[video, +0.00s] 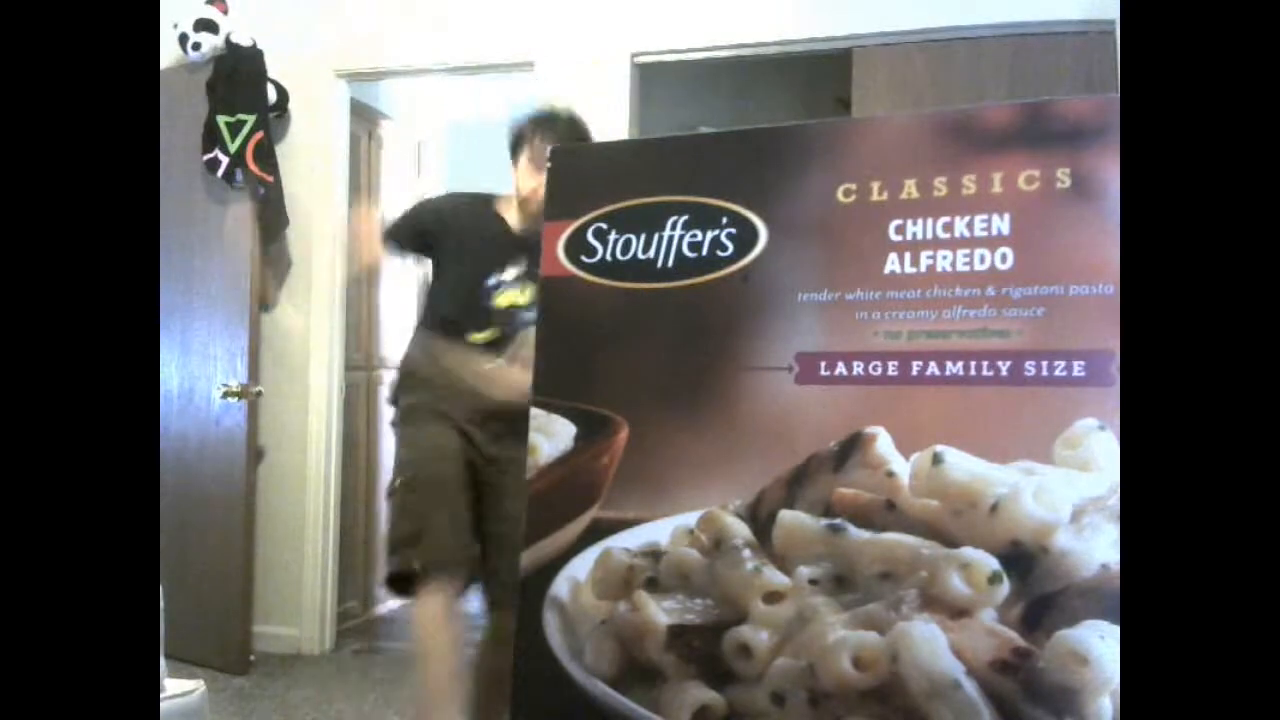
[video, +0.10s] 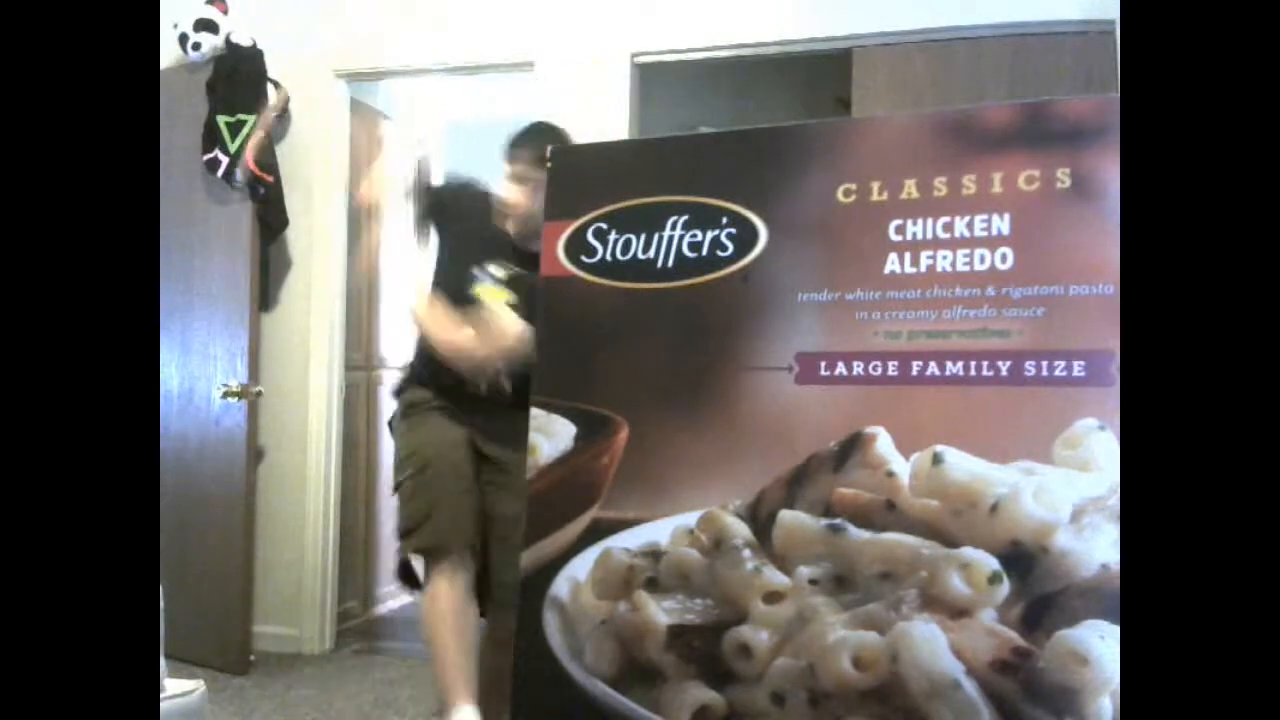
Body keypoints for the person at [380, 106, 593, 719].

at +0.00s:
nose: (545, 179)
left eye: (558, 167)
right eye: (536, 164)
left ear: (576, 175)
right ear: (515, 165)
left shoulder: (571, 245)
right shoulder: (459, 217)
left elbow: (590, 333)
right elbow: (374, 243)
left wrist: (532, 373)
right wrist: (367, 237)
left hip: (509, 419)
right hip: (434, 406)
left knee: (514, 582)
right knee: (441, 568)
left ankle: (499, 709)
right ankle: (443, 711)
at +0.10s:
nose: (517, 196)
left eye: (532, 185)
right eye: (512, 180)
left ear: (560, 190)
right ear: (504, 174)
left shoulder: (565, 258)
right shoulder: (467, 207)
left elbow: (577, 339)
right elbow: (400, 183)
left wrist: (519, 342)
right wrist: (384, 177)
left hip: (506, 422)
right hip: (437, 404)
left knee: (503, 581)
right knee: (450, 556)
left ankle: (495, 706)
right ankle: (462, 707)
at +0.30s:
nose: (480, 135)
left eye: (497, 124)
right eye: (481, 124)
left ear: (542, 139)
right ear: (485, 134)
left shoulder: (551, 227)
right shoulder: (487, 190)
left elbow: (455, 280)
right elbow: (445, 86)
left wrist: (393, 226)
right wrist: (456, 33)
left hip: (496, 418)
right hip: (416, 396)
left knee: (487, 586)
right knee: (354, 532)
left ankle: (478, 713)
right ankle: (344, 701)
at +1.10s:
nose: (446, 118)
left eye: (458, 104)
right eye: (451, 104)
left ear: (493, 116)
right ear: (496, 118)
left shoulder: (524, 201)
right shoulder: (476, 178)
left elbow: (403, 275)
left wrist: (393, 269)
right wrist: (458, 70)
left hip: (484, 418)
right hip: (411, 406)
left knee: (462, 597)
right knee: (357, 572)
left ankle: (473, 717)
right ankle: (334, 714)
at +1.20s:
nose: (436, 130)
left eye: (447, 116)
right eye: (442, 115)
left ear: (483, 123)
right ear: (487, 125)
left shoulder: (518, 204)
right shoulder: (467, 196)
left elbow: (431, 256)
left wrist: (353, 267)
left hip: (479, 418)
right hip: (413, 407)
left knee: (449, 596)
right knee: (364, 577)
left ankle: (472, 716)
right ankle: (337, 714)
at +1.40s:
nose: (434, 162)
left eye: (445, 148)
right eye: (439, 147)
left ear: (481, 159)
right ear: (480, 160)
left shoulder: (525, 247)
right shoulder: (463, 216)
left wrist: (384, 256)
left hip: (473, 432)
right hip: (407, 421)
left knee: (433, 597)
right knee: (335, 579)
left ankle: (469, 714)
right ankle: (323, 713)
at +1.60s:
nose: (432, 123)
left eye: (449, 113)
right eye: (435, 112)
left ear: (489, 134)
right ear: (444, 127)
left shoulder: (513, 225)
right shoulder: (419, 171)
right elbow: (366, 126)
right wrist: (344, 69)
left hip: (439, 415)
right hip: (358, 401)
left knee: (474, 577)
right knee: (262, 537)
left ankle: (486, 712)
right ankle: (272, 700)